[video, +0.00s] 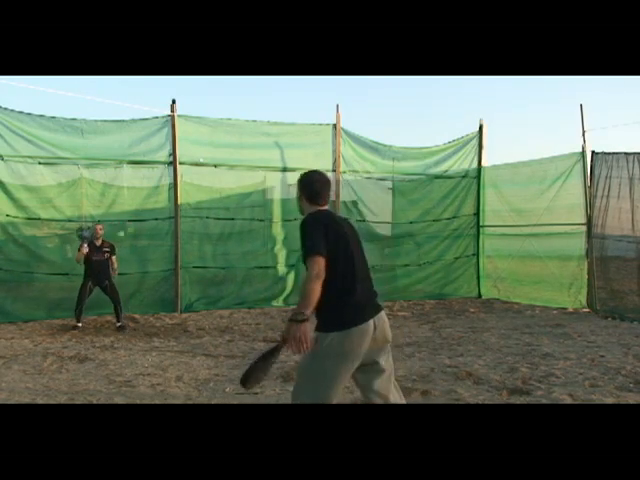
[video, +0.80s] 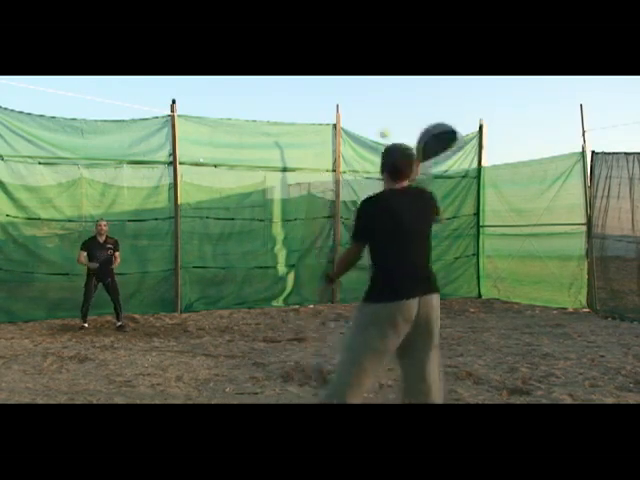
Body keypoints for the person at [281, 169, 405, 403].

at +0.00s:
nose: (297, 197)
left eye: (297, 193)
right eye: (299, 193)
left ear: (301, 196)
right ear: (328, 196)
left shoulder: (312, 223)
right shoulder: (342, 222)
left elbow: (316, 274)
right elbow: (338, 278)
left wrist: (300, 318)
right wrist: (301, 320)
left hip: (342, 331)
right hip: (374, 321)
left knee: (308, 397)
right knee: (386, 394)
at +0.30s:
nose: (301, 194)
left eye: (302, 191)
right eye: (303, 191)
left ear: (305, 194)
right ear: (332, 194)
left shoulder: (303, 225)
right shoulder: (356, 223)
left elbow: (298, 281)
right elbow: (362, 274)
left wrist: (275, 303)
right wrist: (320, 319)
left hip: (332, 327)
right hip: (373, 318)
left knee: (310, 396)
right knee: (387, 392)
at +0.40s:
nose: (316, 201)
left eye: (317, 197)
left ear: (318, 200)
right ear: (348, 201)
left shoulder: (308, 232)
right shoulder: (368, 231)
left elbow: (292, 288)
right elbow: (387, 287)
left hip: (333, 338)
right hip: (378, 332)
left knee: (304, 398)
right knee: (392, 398)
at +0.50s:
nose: (331, 203)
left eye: (333, 200)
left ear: (335, 204)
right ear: (364, 206)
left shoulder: (319, 236)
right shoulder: (383, 238)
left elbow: (302, 277)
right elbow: (408, 292)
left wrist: (319, 253)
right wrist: (382, 306)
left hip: (337, 340)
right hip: (384, 337)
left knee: (307, 396)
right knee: (393, 397)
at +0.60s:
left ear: (355, 203)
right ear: (384, 203)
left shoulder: (338, 235)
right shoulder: (398, 236)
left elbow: (321, 264)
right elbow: (434, 282)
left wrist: (333, 231)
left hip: (346, 337)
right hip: (392, 335)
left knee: (320, 394)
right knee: (400, 396)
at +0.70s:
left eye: (375, 185)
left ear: (373, 189)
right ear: (401, 192)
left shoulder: (356, 223)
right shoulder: (418, 223)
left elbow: (334, 263)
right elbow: (448, 250)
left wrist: (323, 260)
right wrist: (433, 214)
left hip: (366, 322)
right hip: (409, 321)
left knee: (335, 387)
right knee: (407, 391)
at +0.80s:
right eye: (413, 166)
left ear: (383, 170)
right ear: (414, 170)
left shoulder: (371, 205)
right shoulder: (425, 198)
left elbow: (355, 251)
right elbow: (437, 214)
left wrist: (333, 274)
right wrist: (414, 186)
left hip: (389, 300)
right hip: (428, 299)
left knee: (355, 374)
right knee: (424, 377)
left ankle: (337, 398)